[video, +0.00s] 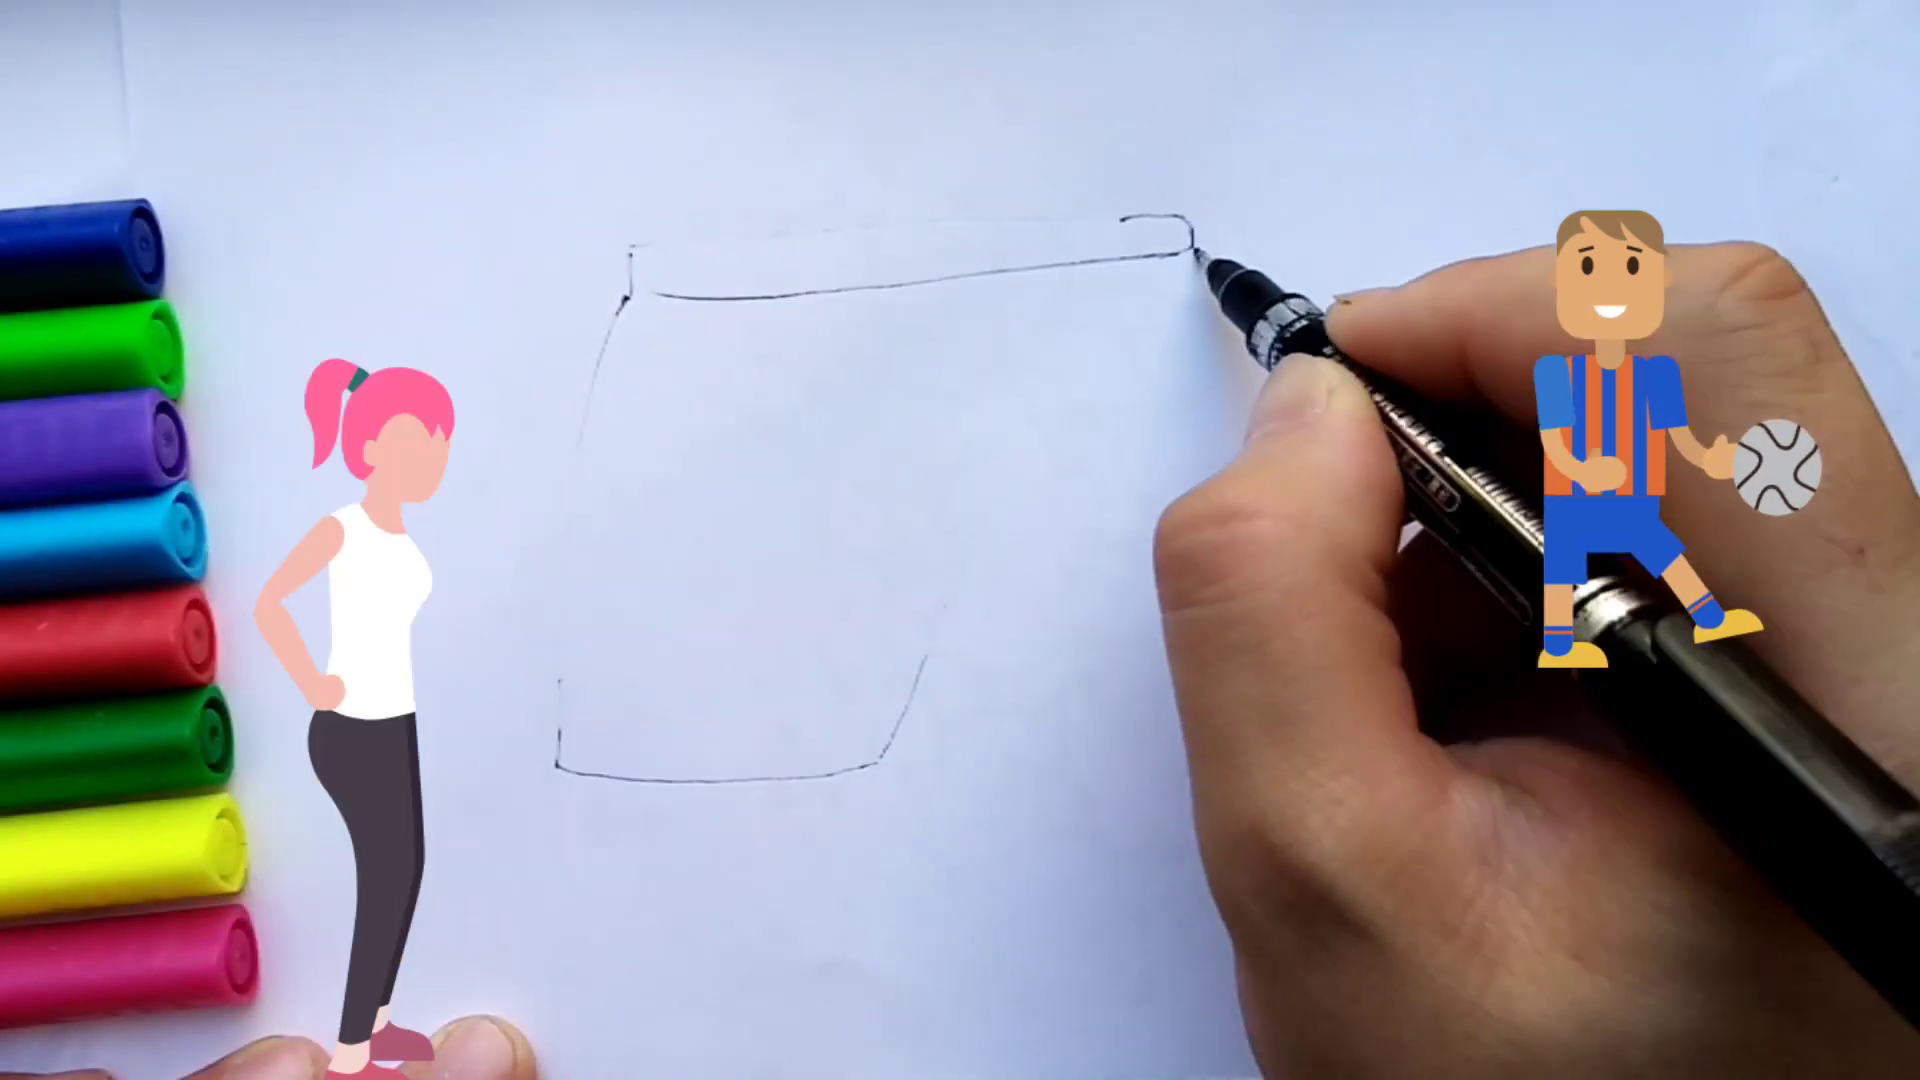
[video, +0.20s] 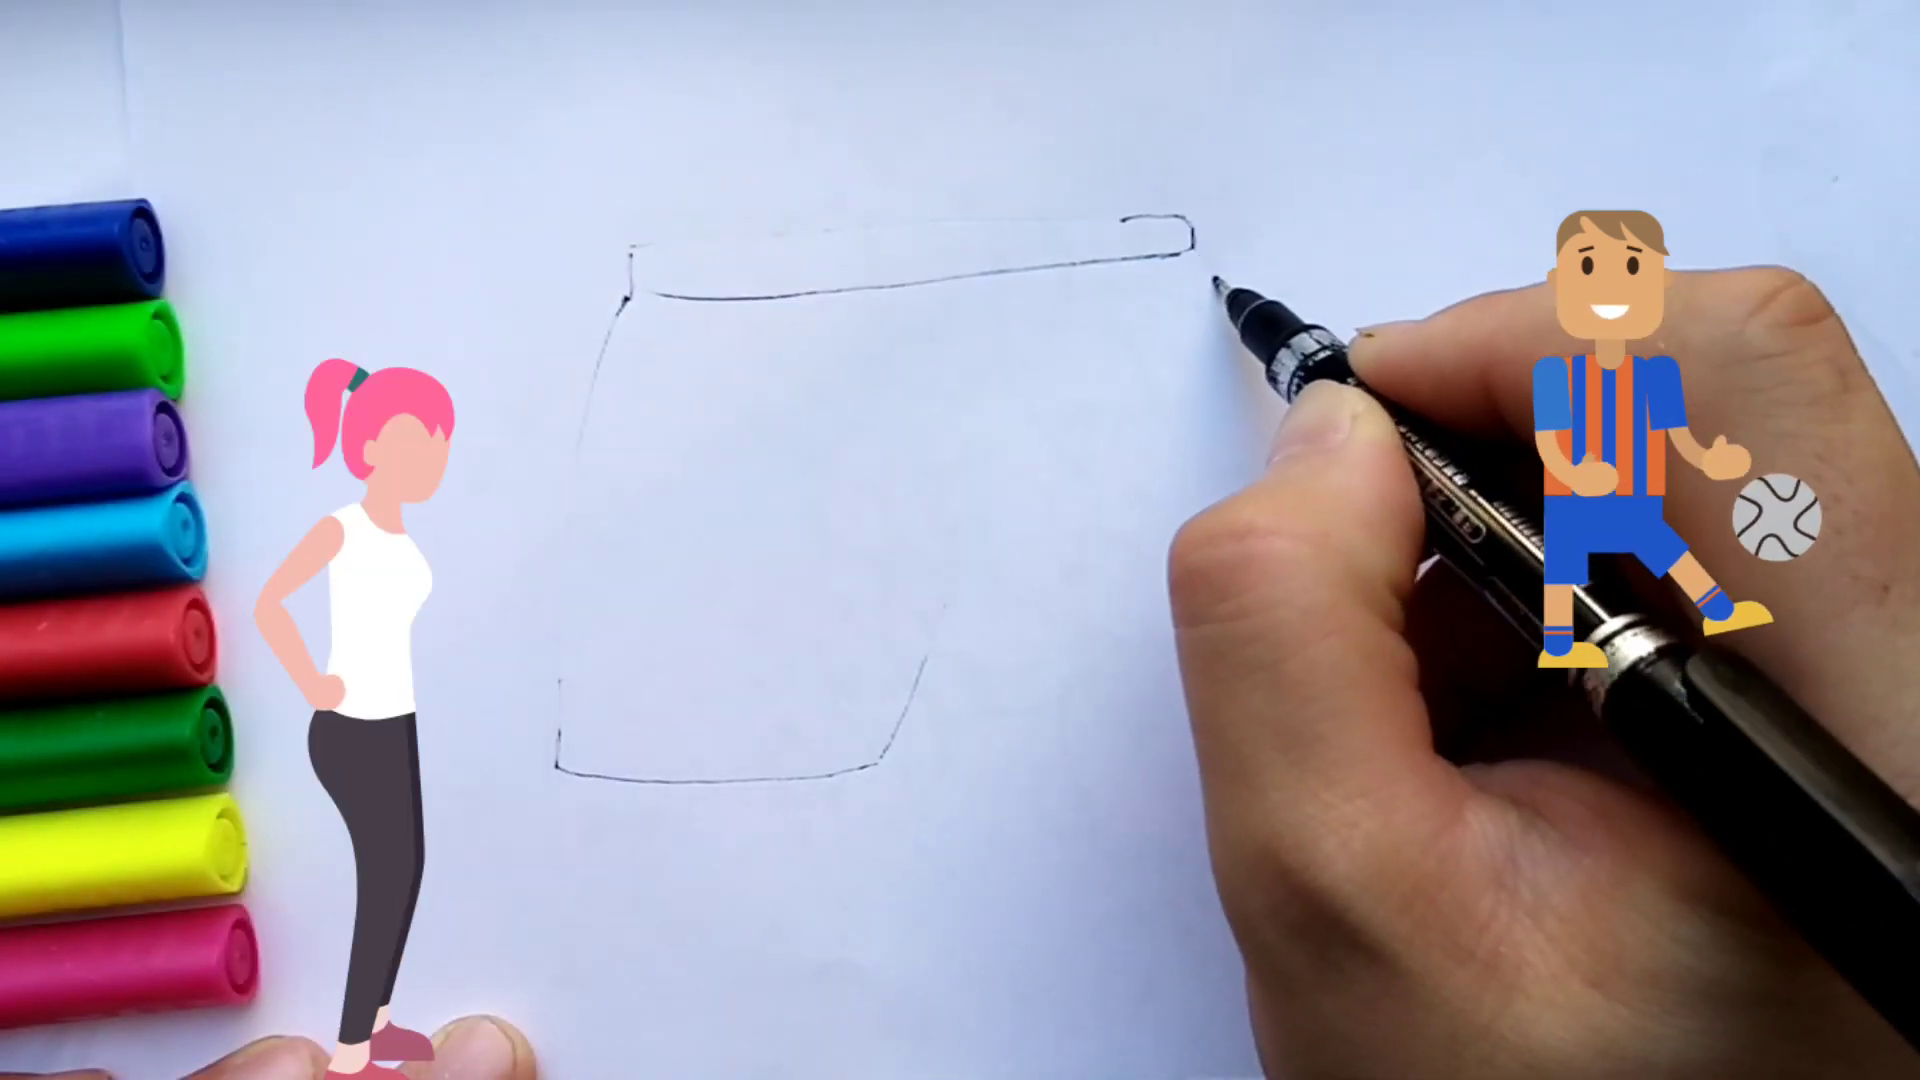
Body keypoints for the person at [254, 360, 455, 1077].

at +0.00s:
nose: (437, 456)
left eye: (440, 441)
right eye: (422, 439)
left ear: (440, 450)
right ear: (375, 447)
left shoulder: (404, 535)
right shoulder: (343, 529)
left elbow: (384, 623)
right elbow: (268, 605)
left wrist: (394, 686)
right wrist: (312, 684)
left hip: (397, 731)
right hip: (353, 733)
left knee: (405, 873)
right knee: (387, 878)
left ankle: (373, 1021)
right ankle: (349, 1051)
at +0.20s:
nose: (437, 456)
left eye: (440, 440)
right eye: (421, 438)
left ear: (440, 450)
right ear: (374, 446)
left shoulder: (404, 536)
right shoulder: (344, 529)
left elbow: (384, 623)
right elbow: (268, 604)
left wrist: (395, 686)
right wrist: (312, 683)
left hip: (397, 731)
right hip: (353, 732)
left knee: (405, 872)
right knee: (387, 878)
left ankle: (373, 1021)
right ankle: (349, 1051)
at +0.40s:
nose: (404, 588)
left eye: (404, 572)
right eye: (387, 571)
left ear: (404, 579)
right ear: (344, 578)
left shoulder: (363, 661)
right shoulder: (311, 656)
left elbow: (322, 739)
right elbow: (213, 713)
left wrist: (317, 798)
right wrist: (249, 790)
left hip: (307, 842)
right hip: (263, 851)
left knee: (391, 865)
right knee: (392, 873)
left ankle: (340, 1023)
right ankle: (350, 1056)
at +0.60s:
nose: (435, 455)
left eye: (439, 440)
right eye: (419, 437)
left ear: (440, 450)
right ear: (374, 446)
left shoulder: (403, 535)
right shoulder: (344, 529)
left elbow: (383, 621)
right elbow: (268, 605)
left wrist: (394, 684)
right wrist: (312, 684)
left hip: (397, 730)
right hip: (353, 732)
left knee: (405, 874)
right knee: (387, 879)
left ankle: (373, 1022)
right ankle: (348, 1052)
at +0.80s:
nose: (436, 456)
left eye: (439, 440)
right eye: (420, 438)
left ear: (440, 450)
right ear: (374, 446)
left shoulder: (404, 535)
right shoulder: (344, 529)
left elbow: (384, 622)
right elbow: (268, 606)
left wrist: (394, 686)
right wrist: (312, 684)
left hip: (397, 730)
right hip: (354, 732)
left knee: (405, 873)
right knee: (387, 878)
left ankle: (374, 1021)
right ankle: (349, 1052)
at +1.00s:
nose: (407, 589)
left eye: (407, 573)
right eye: (393, 571)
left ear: (401, 581)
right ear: (346, 579)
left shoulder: (363, 661)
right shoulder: (311, 656)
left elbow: (320, 737)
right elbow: (213, 712)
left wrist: (314, 796)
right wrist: (249, 790)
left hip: (307, 841)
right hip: (263, 851)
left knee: (391, 864)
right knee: (392, 873)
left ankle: (340, 1021)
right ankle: (350, 1056)